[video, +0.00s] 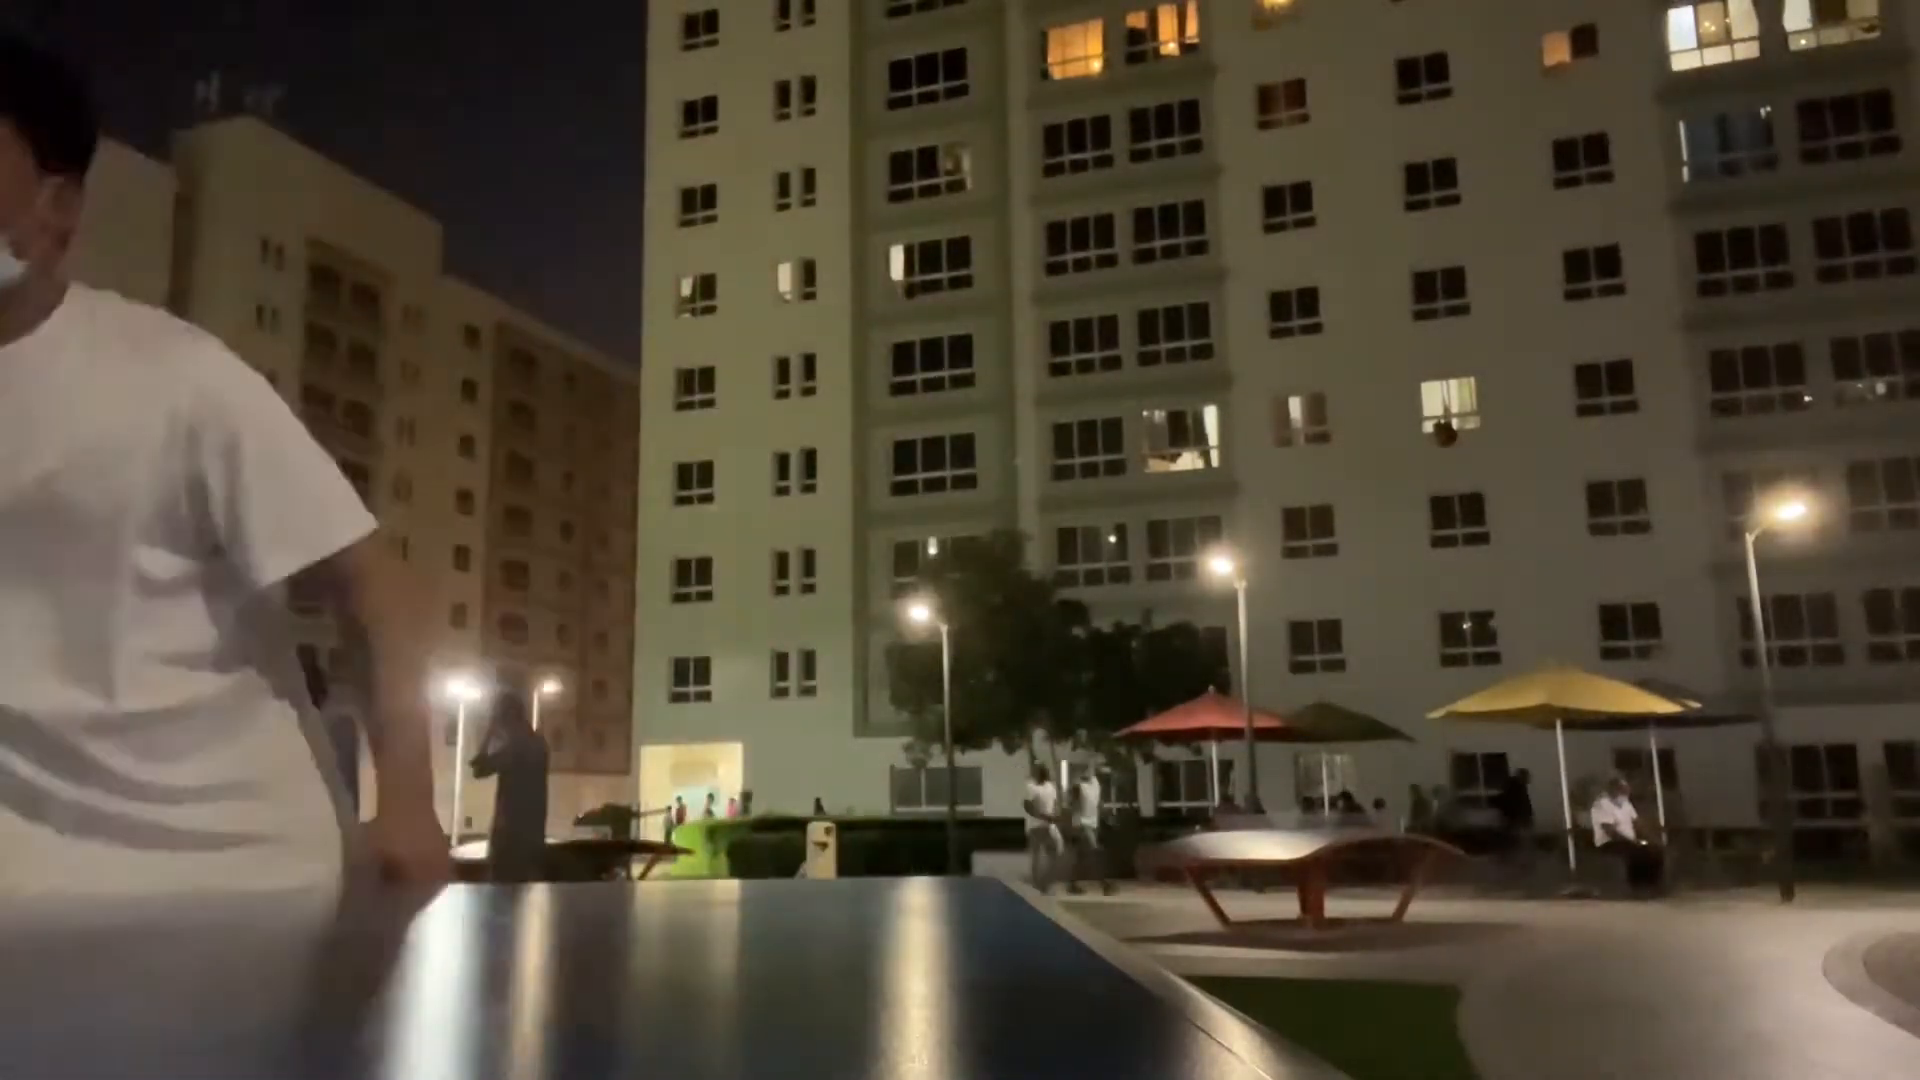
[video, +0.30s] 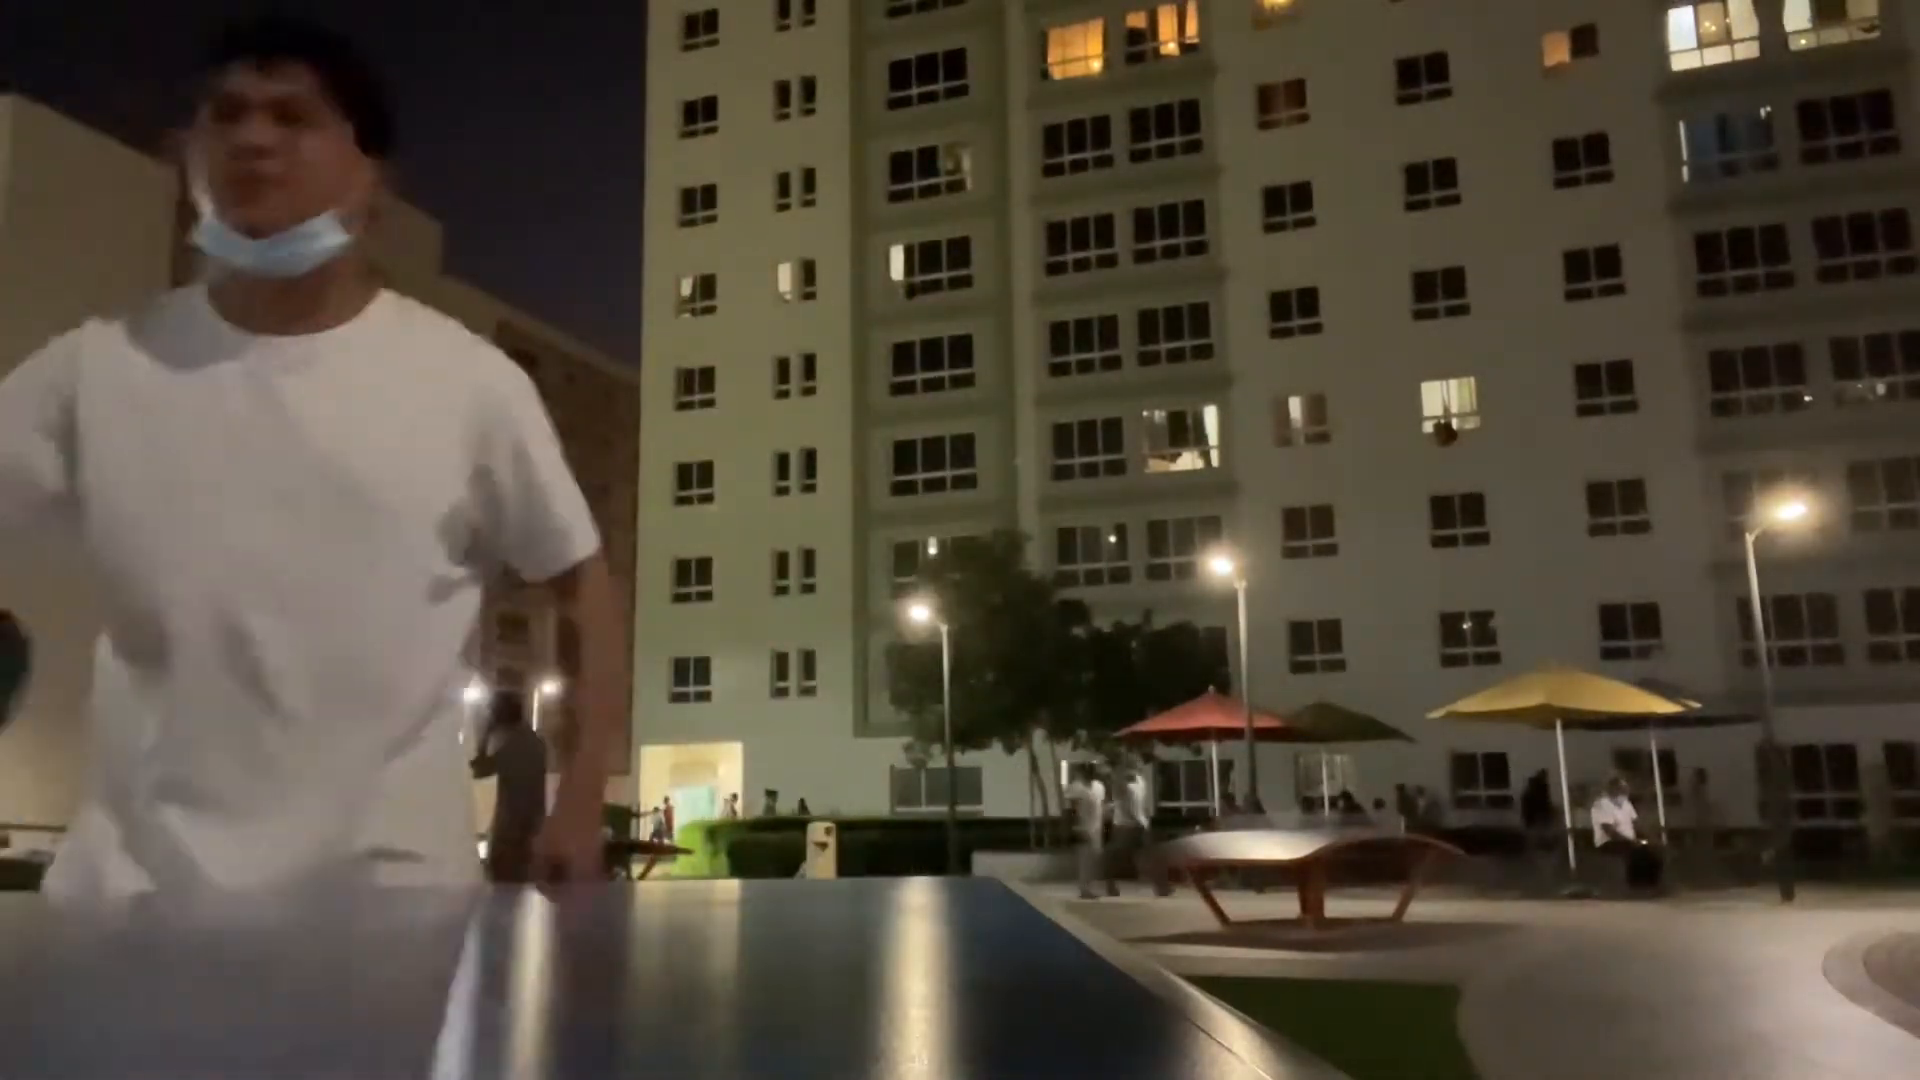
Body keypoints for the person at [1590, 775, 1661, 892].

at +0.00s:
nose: (1625, 792)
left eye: (1626, 789)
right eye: (1622, 789)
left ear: (1627, 789)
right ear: (1614, 790)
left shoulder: (1624, 802)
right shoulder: (1602, 804)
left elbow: (1636, 821)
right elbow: (1609, 829)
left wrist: (1649, 834)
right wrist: (1632, 842)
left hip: (1629, 840)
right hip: (1609, 842)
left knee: (1654, 850)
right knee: (1638, 854)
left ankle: (1651, 888)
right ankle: (1638, 889)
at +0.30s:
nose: (1624, 791)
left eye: (1625, 788)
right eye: (1621, 788)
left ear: (1627, 789)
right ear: (1613, 789)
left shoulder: (1624, 802)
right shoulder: (1602, 804)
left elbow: (1634, 822)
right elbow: (1608, 829)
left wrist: (1645, 836)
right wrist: (1631, 841)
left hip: (1629, 840)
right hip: (1609, 842)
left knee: (1652, 850)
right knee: (1637, 854)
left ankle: (1650, 887)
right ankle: (1636, 888)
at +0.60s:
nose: (1625, 794)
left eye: (1626, 790)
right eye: (1622, 790)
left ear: (1626, 790)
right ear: (1613, 790)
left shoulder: (1625, 803)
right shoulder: (1604, 804)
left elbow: (1634, 822)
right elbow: (1609, 828)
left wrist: (1643, 837)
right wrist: (1632, 841)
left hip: (1628, 840)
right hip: (1609, 842)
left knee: (1655, 850)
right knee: (1637, 853)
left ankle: (1652, 886)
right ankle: (1637, 888)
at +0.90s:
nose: (1628, 790)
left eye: (1628, 786)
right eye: (1624, 786)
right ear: (1615, 788)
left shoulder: (1626, 803)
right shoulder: (1606, 802)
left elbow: (1636, 822)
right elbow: (1611, 827)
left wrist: (1642, 837)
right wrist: (1634, 841)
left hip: (1627, 839)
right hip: (1609, 841)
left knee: (1653, 850)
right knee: (1637, 852)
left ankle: (1652, 886)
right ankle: (1636, 887)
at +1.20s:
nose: (1631, 790)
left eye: (1631, 787)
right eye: (1627, 786)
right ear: (1619, 786)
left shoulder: (1626, 803)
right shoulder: (1610, 799)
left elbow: (1636, 822)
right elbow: (1613, 822)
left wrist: (1647, 835)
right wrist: (1633, 841)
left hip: (1627, 841)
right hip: (1611, 843)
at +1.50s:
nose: (1629, 789)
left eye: (1629, 785)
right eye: (1626, 785)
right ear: (1617, 787)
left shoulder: (1625, 802)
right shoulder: (1608, 800)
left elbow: (1636, 821)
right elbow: (1610, 822)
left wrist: (1651, 834)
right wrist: (1630, 841)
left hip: (1627, 840)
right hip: (1609, 843)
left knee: (1653, 851)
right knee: (1641, 855)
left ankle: (1651, 886)